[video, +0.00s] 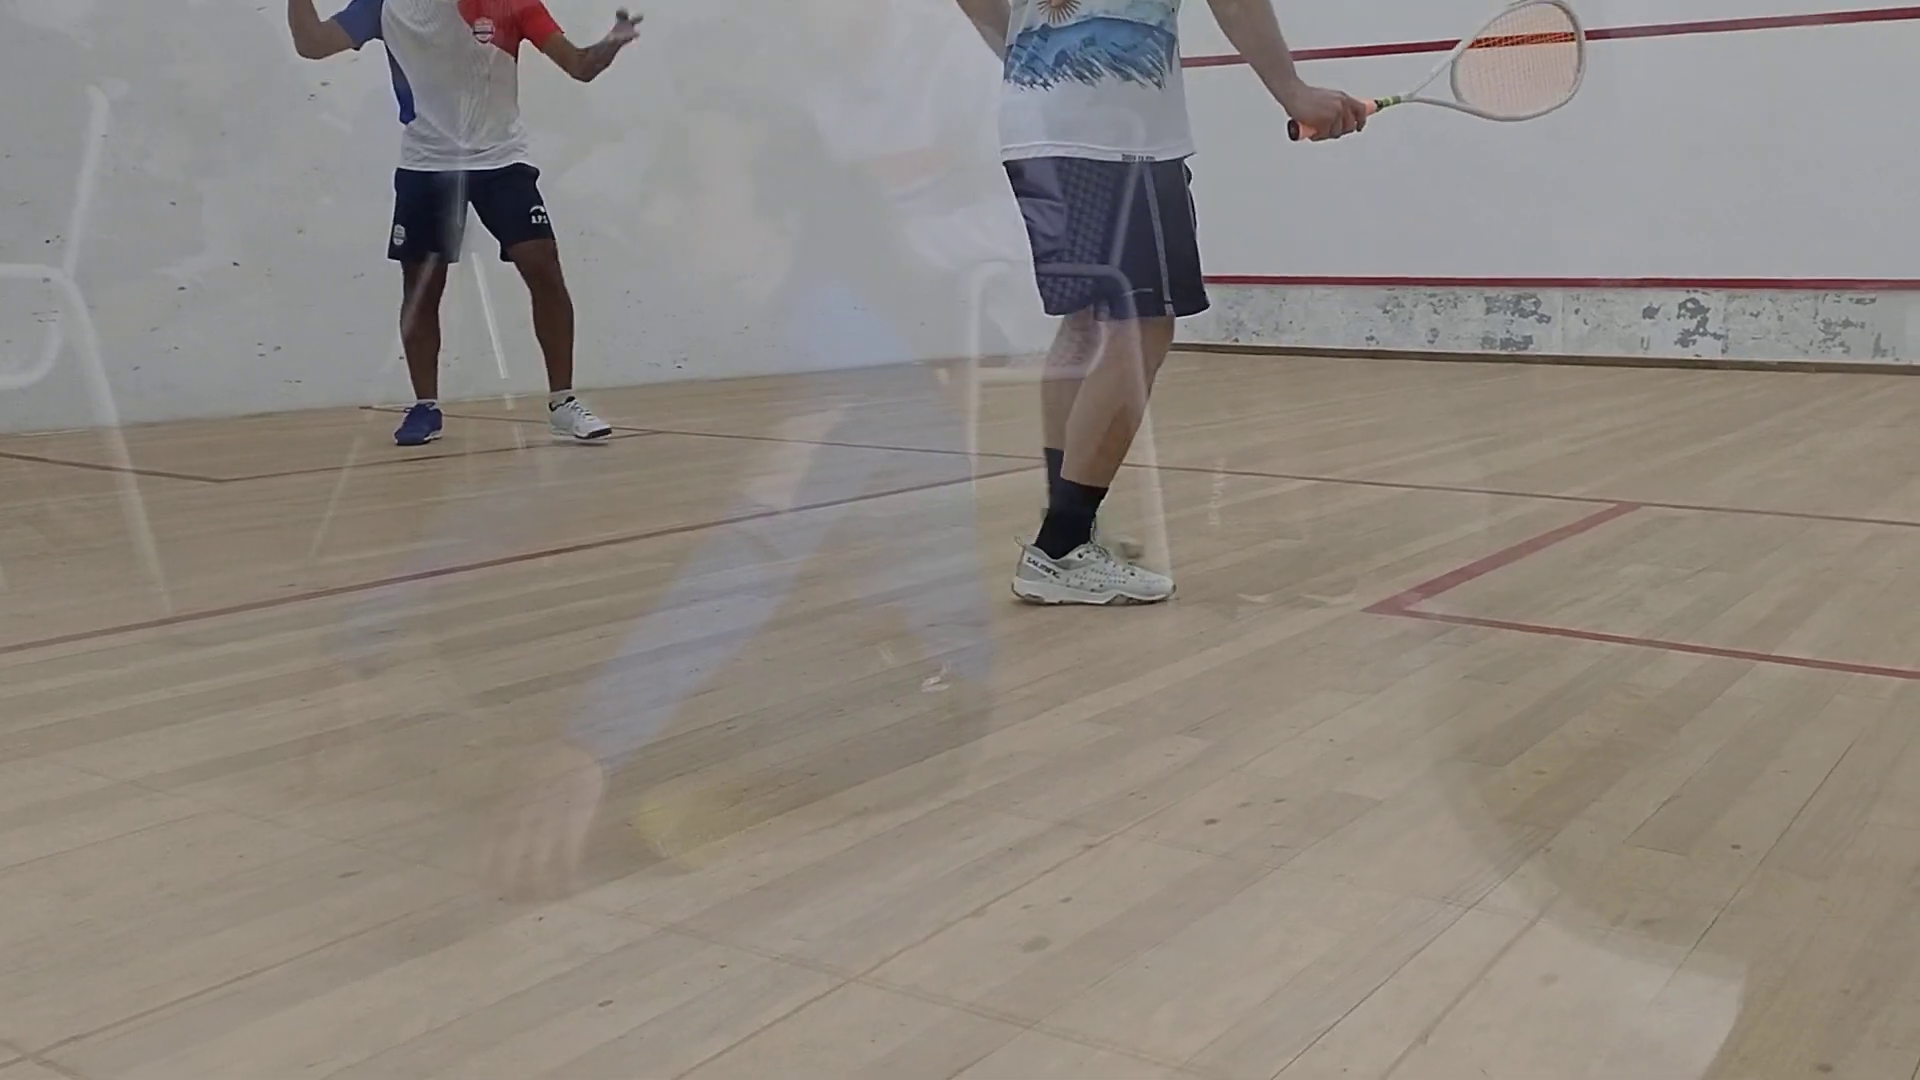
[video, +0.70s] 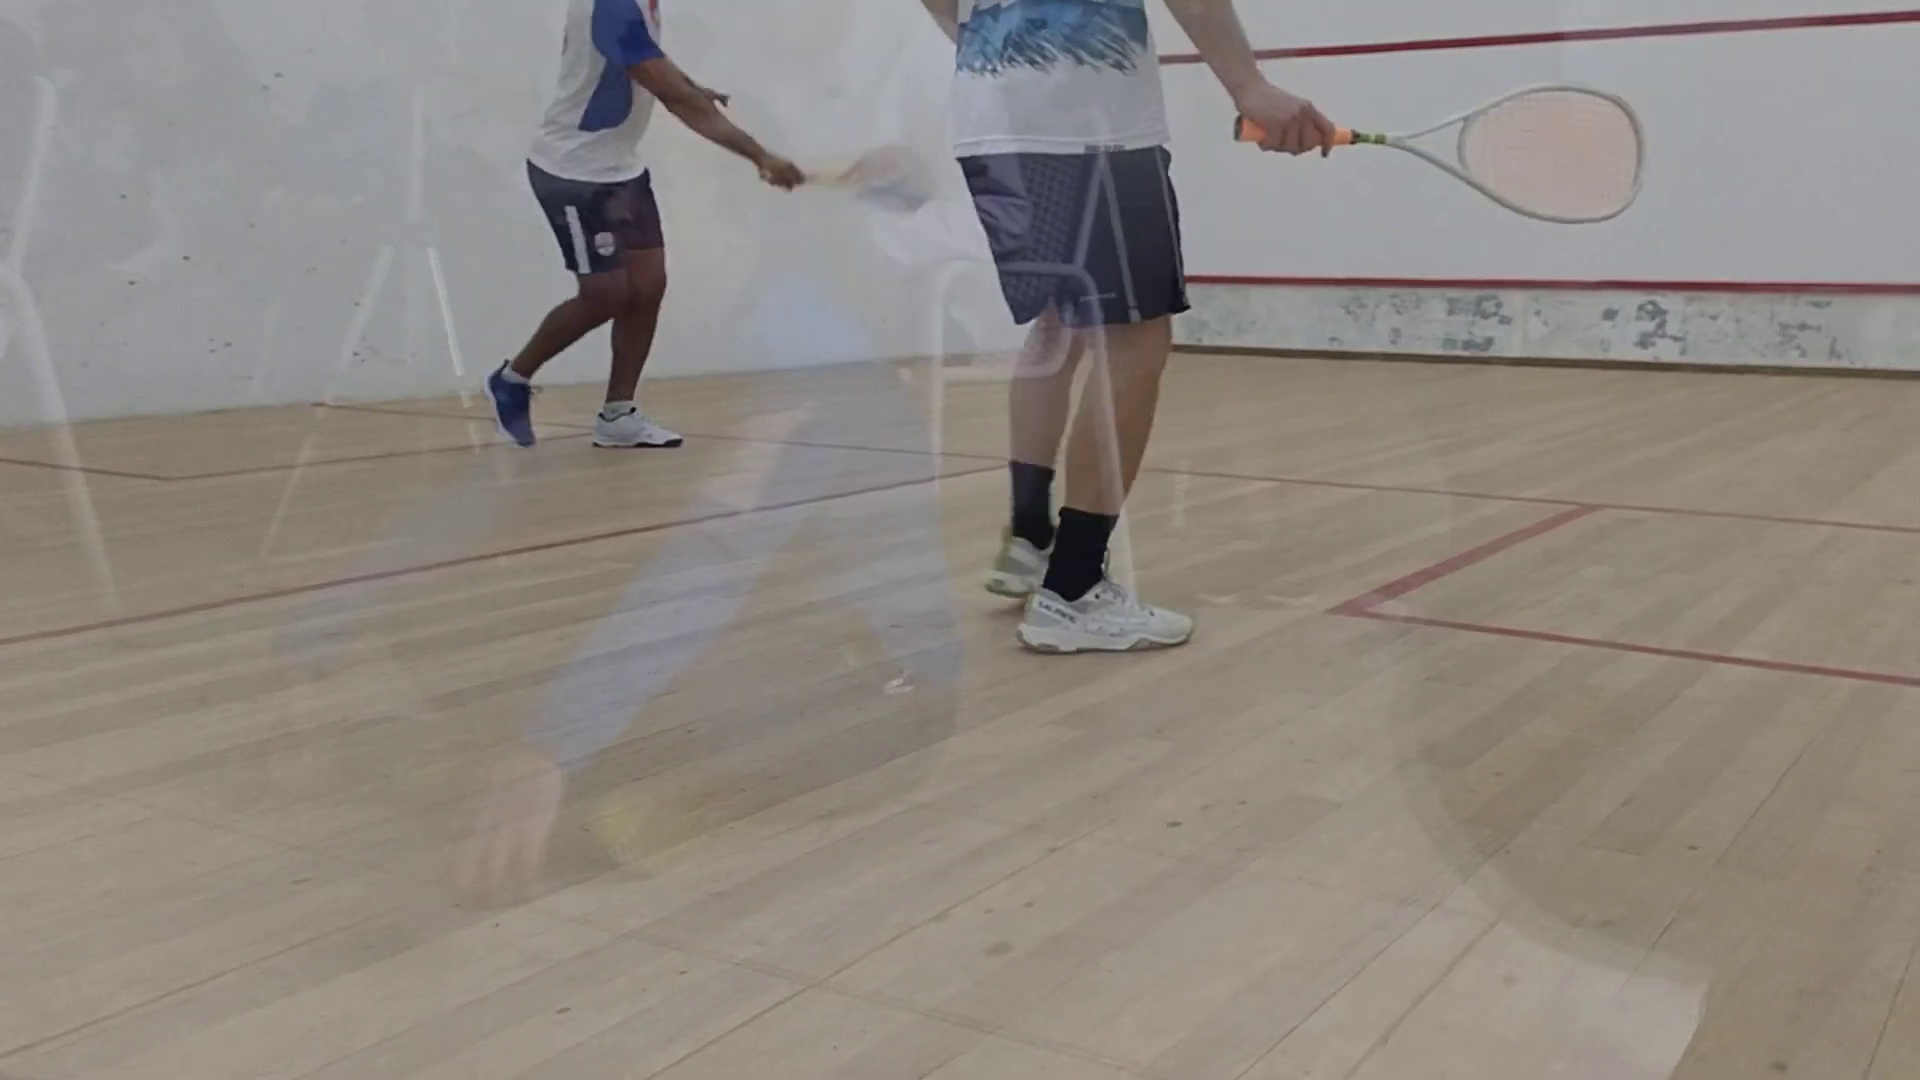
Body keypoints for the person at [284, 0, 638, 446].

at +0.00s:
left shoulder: (509, 3)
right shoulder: (388, 6)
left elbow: (579, 65)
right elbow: (311, 43)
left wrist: (611, 42)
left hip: (503, 156)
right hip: (426, 161)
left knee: (544, 270)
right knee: (423, 281)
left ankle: (564, 403)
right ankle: (425, 407)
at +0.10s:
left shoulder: (518, 2)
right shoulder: (397, 6)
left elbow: (608, 41)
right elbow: (315, 35)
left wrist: (648, 13)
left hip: (510, 156)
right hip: (435, 161)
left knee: (559, 270)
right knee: (425, 284)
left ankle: (595, 403)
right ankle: (420, 407)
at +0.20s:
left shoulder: (536, 5)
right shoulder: (410, 8)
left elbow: (628, 28)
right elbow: (325, 26)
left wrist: (700, 14)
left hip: (529, 163)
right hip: (452, 168)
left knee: (582, 278)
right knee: (428, 292)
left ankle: (622, 405)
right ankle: (417, 410)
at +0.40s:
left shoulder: (598, 11)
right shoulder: (486, 19)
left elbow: (658, 37)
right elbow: (399, 40)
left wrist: (722, 49)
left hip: (588, 178)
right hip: (514, 184)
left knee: (643, 284)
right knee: (471, 296)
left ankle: (633, 417)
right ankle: (412, 395)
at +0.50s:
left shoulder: (624, 13)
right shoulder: (543, 24)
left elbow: (653, 49)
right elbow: (522, 80)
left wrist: (705, 70)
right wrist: (463, 12)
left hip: (607, 181)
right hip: (542, 186)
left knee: (657, 286)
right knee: (516, 302)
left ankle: (627, 416)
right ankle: (430, 377)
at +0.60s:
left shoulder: (629, 7)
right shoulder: (586, 18)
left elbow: (646, 48)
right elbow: (649, 96)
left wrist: (698, 80)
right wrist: (649, 63)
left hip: (613, 171)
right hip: (556, 177)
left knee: (654, 288)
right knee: (562, 305)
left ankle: (622, 415)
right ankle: (467, 370)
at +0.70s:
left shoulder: (640, 6)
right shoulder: (613, 12)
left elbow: (642, 58)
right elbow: (680, 101)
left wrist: (692, 89)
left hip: (620, 162)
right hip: (568, 168)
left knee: (647, 286)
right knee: (605, 294)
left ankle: (617, 413)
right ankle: (512, 378)